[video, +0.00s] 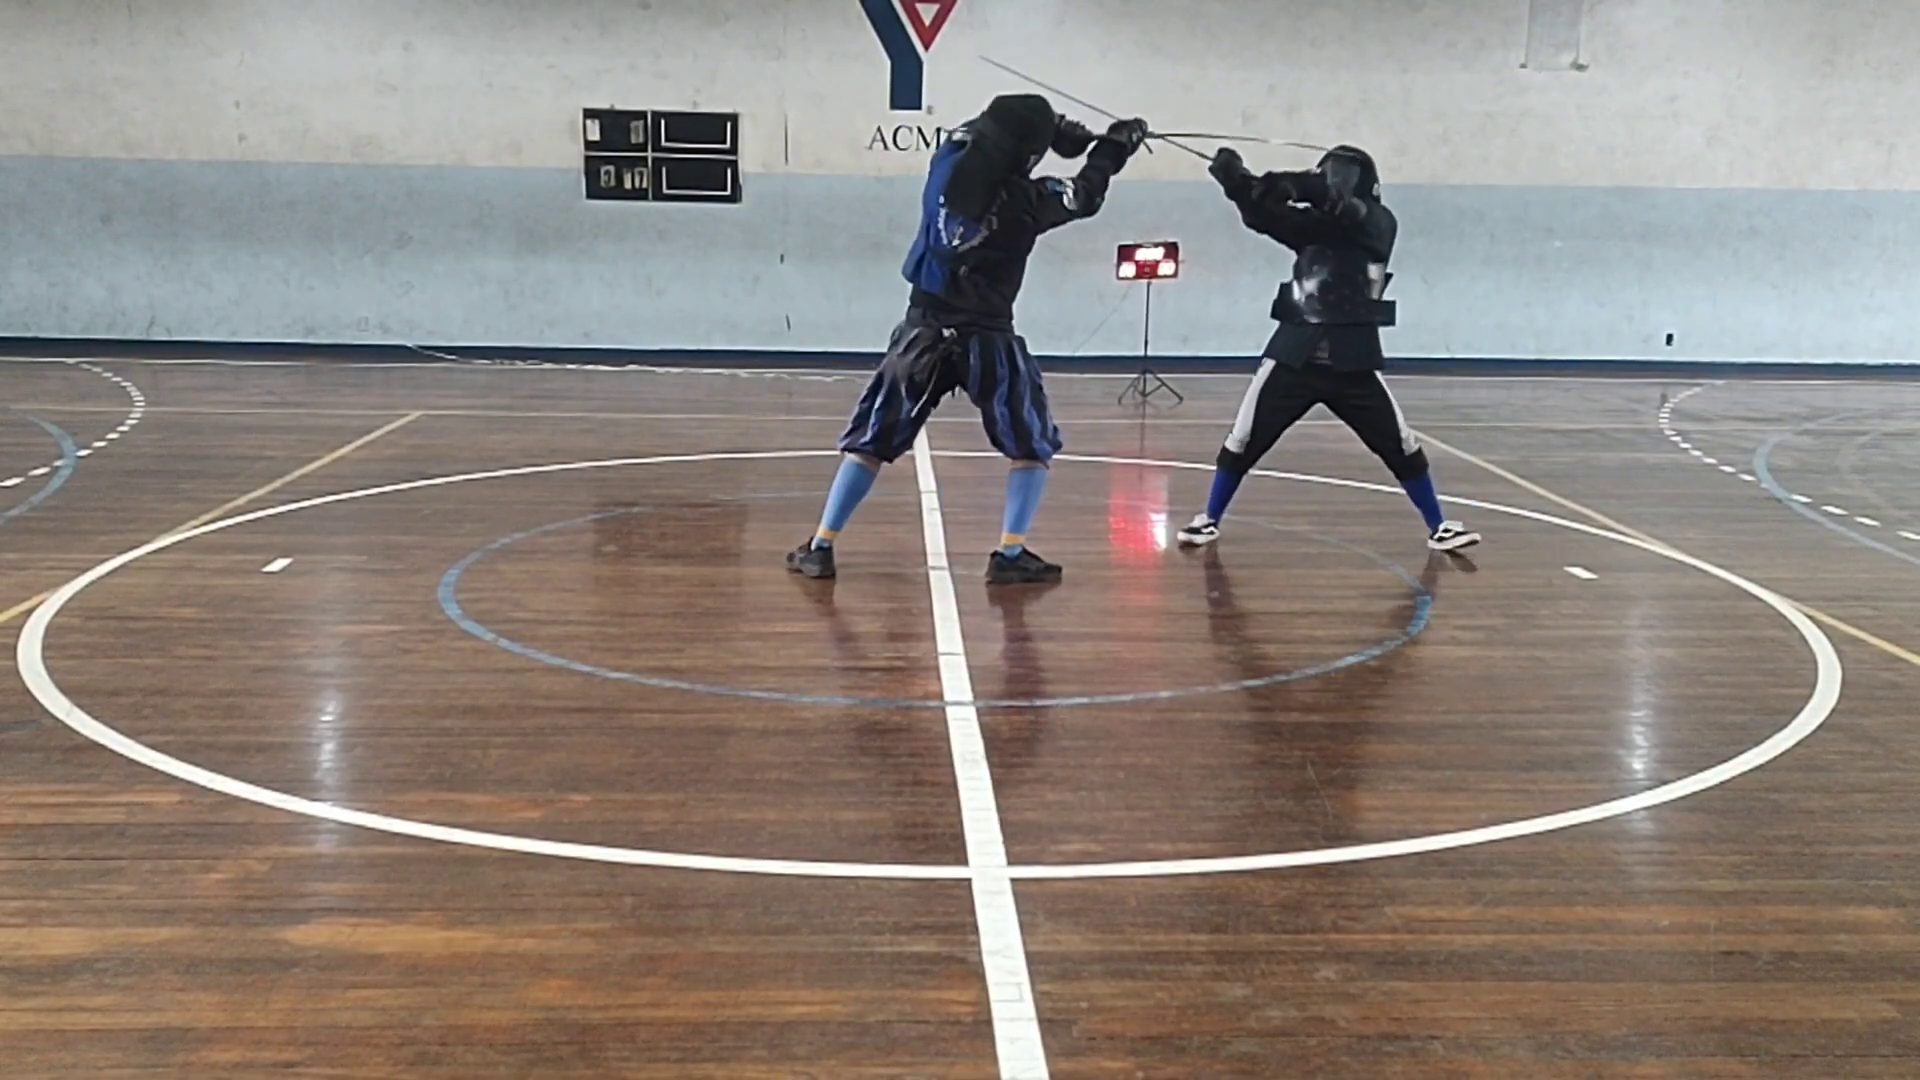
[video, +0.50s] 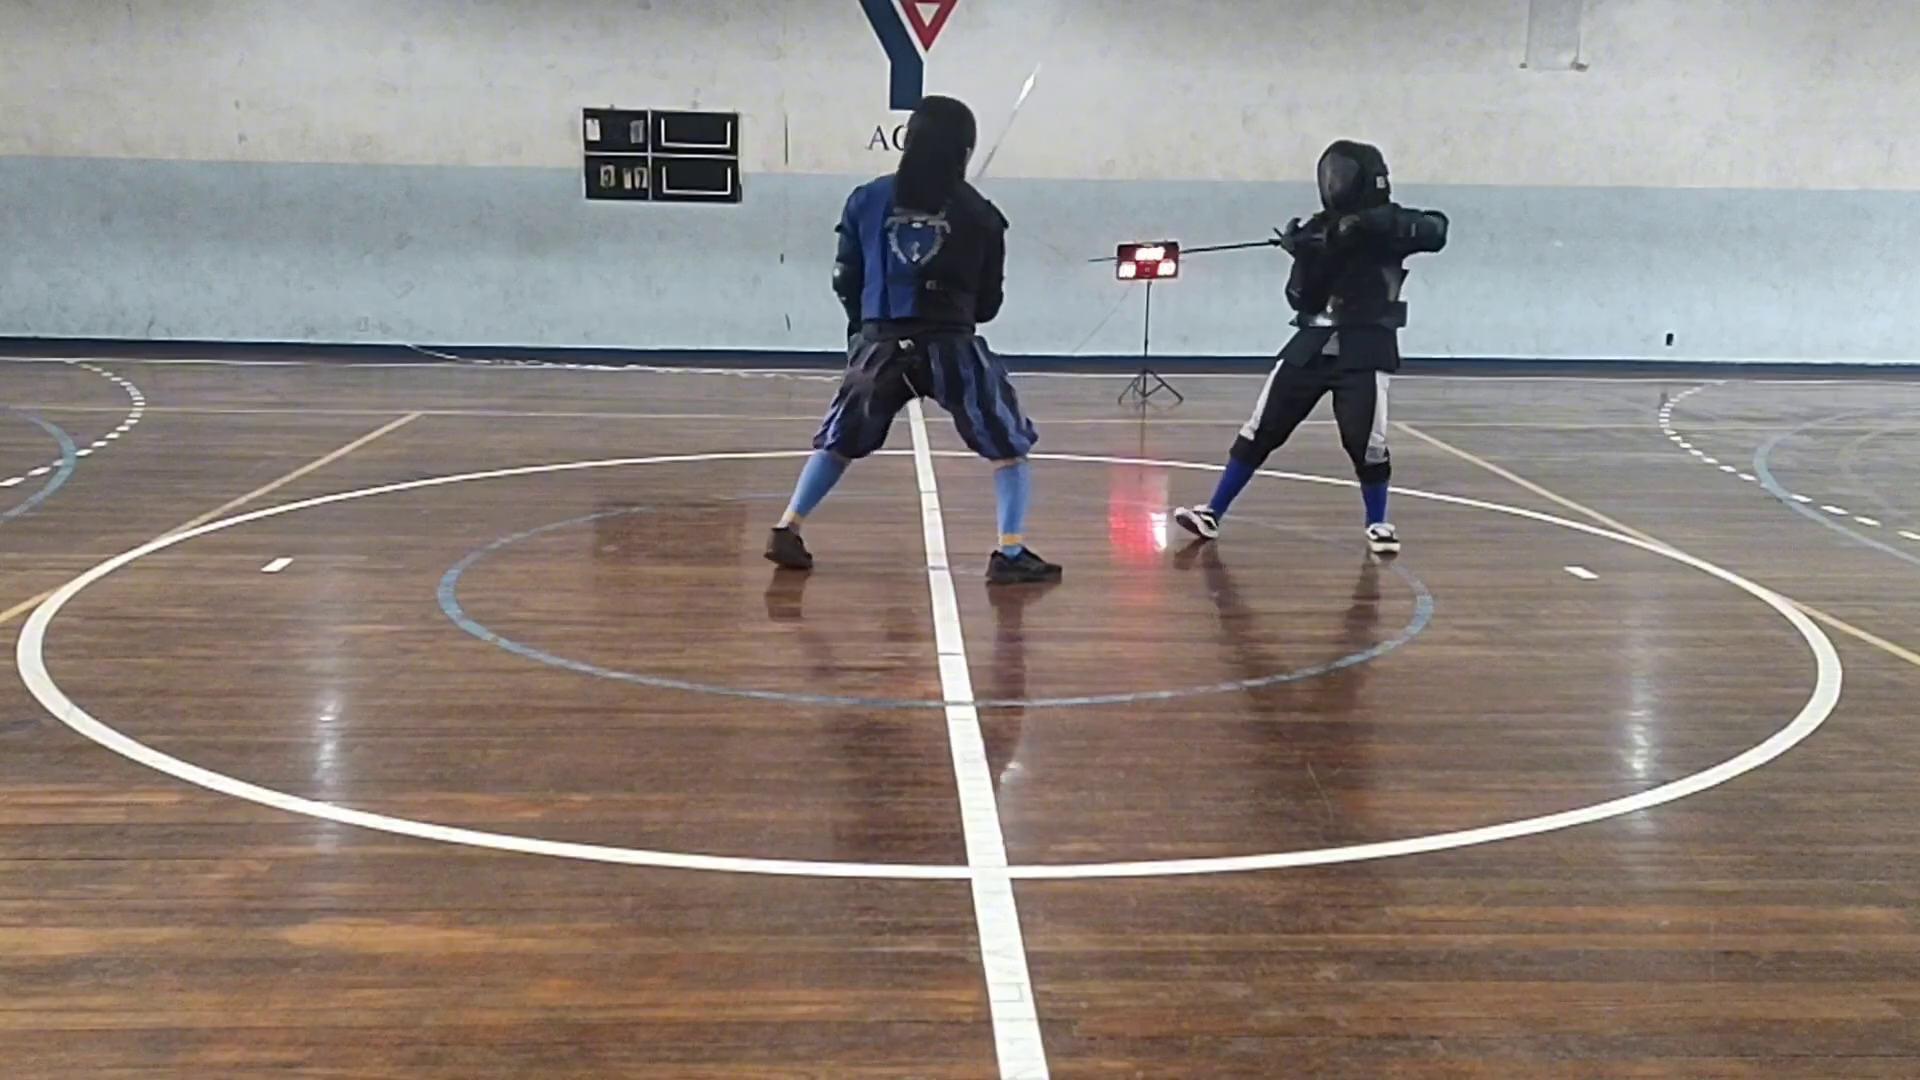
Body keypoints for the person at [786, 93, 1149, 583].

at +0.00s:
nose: (1041, 155)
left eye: (1042, 145)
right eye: (1038, 146)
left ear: (989, 129)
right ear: (1027, 149)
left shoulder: (946, 160)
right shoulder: (1027, 199)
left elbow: (1000, 122)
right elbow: (1084, 196)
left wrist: (1070, 136)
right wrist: (1114, 145)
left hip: (922, 328)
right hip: (989, 337)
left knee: (874, 434)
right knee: (1032, 441)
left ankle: (820, 546)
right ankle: (1010, 553)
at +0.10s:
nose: (1039, 148)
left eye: (1038, 141)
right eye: (1038, 141)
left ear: (983, 126)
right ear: (1028, 144)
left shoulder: (940, 162)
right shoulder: (1026, 194)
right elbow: (1072, 244)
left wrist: (1032, 184)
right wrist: (1081, 195)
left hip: (919, 330)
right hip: (985, 337)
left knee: (873, 434)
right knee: (1030, 441)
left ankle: (820, 545)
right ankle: (1011, 550)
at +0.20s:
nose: (1033, 159)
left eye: (1034, 148)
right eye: (1034, 149)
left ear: (977, 129)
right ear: (1026, 151)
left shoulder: (927, 170)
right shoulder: (1026, 208)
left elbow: (900, 239)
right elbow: (1040, 288)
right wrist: (1038, 236)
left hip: (918, 332)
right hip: (987, 339)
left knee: (873, 434)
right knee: (1031, 440)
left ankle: (819, 546)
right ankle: (1011, 551)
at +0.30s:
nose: (1026, 158)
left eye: (1027, 148)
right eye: (1026, 148)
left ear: (967, 133)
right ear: (1018, 152)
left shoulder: (914, 184)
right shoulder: (1022, 218)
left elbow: (887, 258)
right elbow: (1016, 306)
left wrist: (908, 304)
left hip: (911, 337)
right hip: (981, 343)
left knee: (864, 434)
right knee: (1030, 440)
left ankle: (819, 546)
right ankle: (1011, 552)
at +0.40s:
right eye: (999, 148)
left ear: (941, 136)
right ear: (995, 151)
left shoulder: (893, 195)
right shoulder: (1008, 220)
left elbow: (869, 273)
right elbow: (1006, 307)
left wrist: (882, 326)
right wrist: (957, 317)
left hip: (899, 338)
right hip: (972, 344)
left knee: (851, 432)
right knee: (1024, 440)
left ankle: (807, 539)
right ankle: (1011, 551)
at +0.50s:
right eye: (968, 145)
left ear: (910, 142)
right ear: (965, 150)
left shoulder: (866, 199)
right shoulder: (981, 215)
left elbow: (846, 279)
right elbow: (987, 304)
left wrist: (864, 327)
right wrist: (940, 312)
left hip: (880, 343)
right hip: (951, 346)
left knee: (841, 436)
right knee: (1008, 444)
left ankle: (787, 527)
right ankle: (1010, 549)